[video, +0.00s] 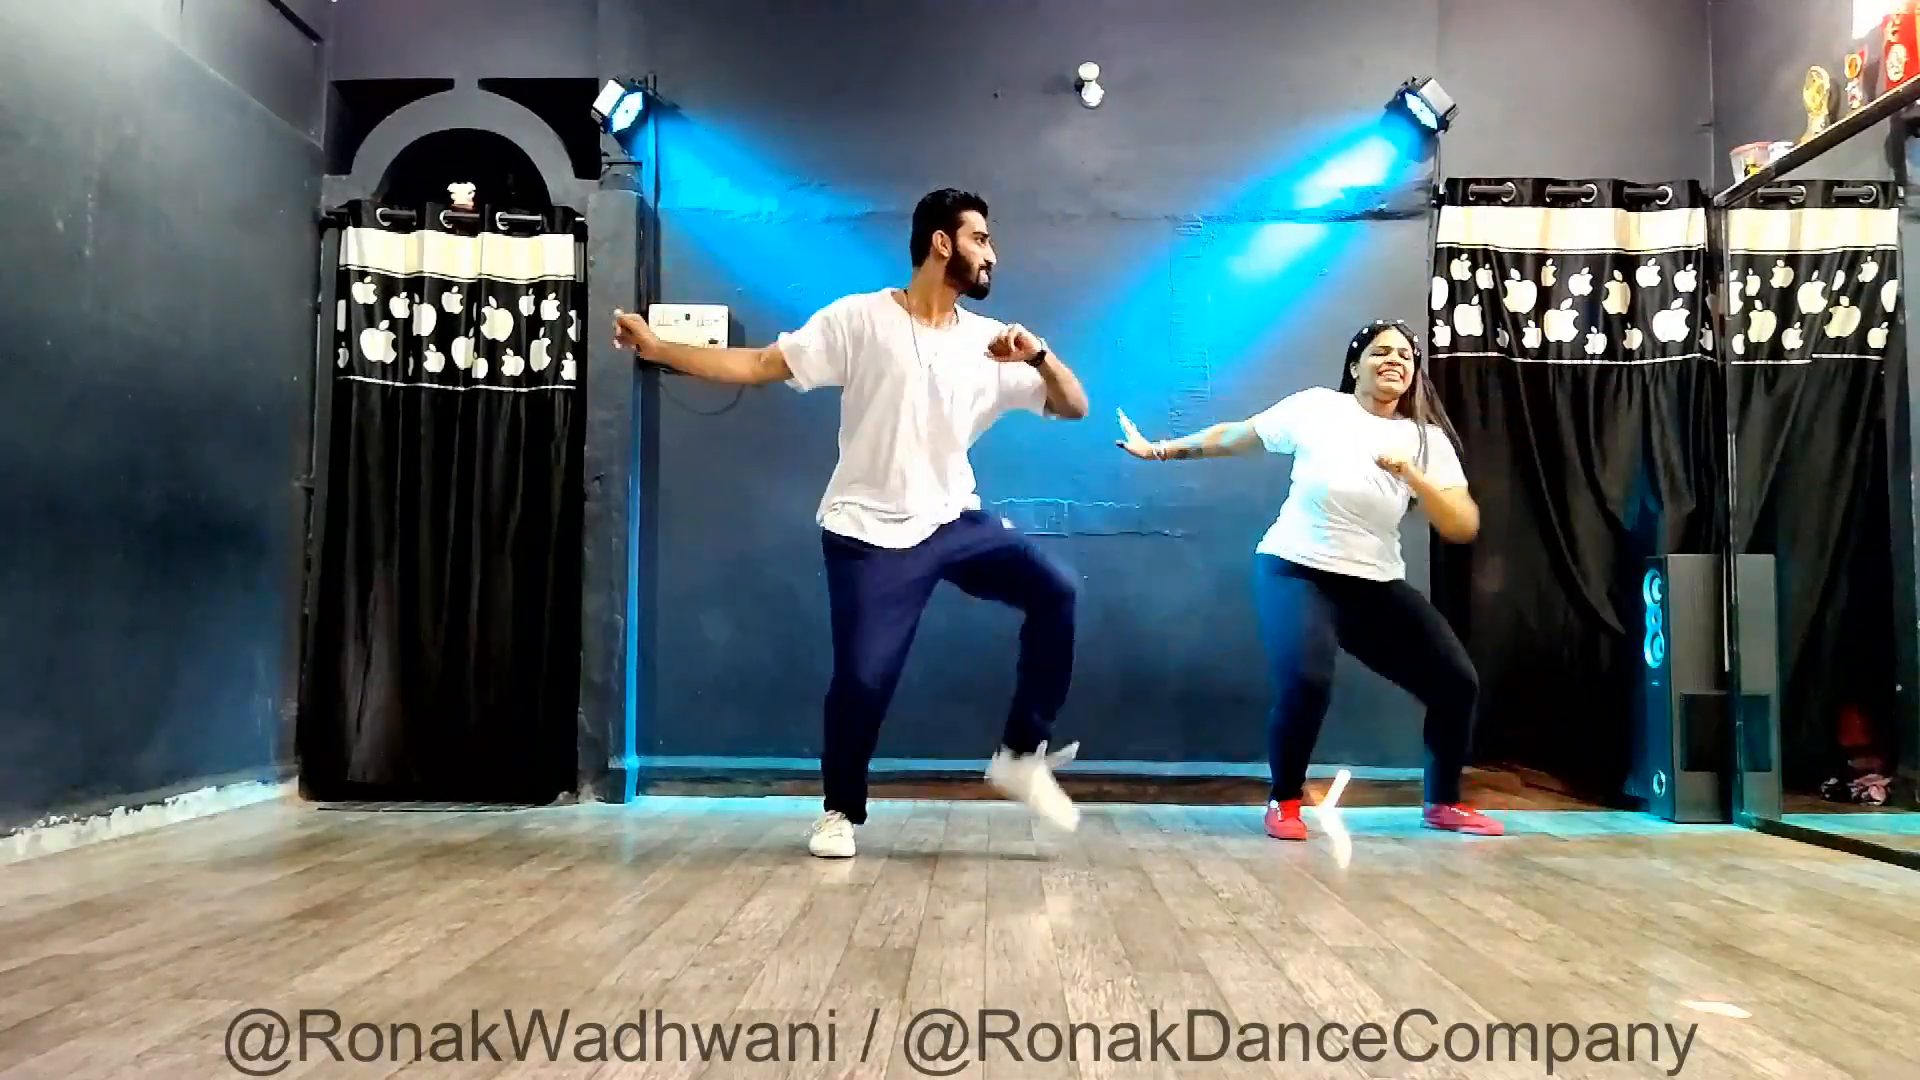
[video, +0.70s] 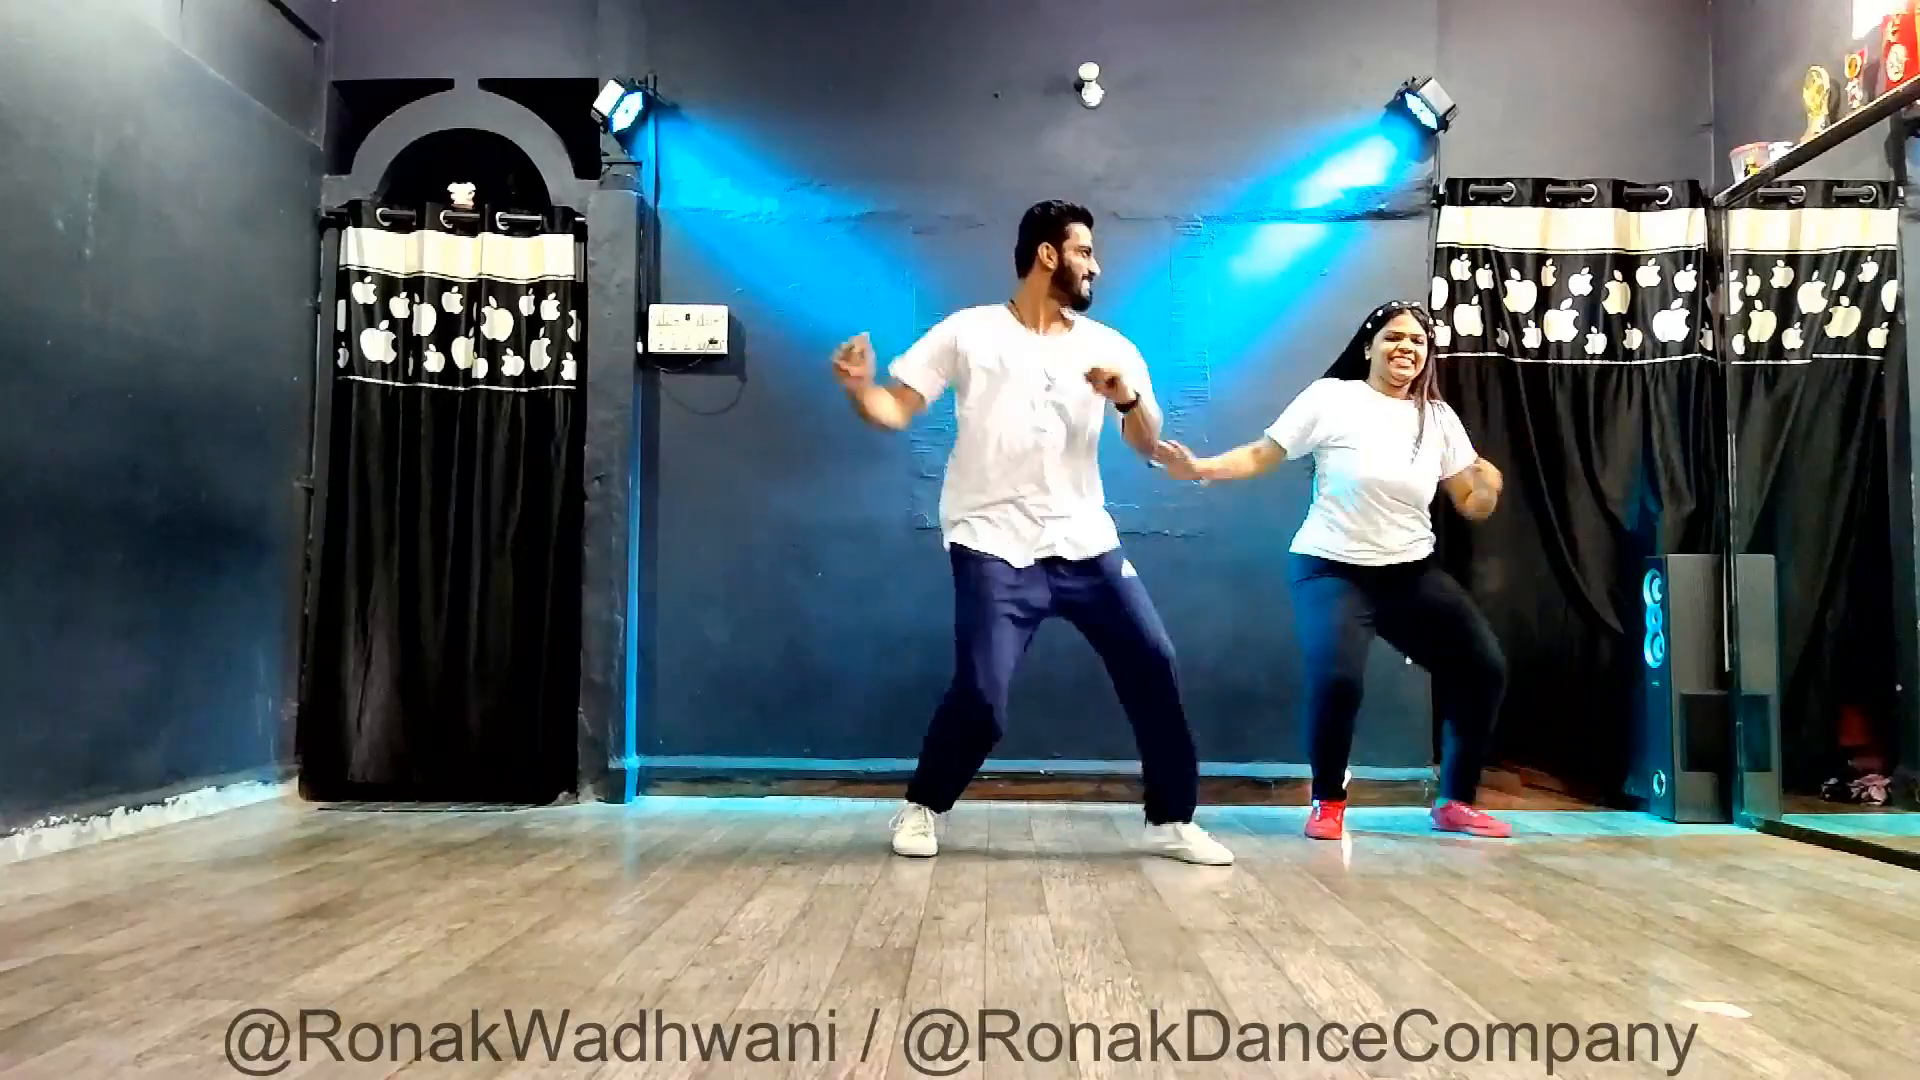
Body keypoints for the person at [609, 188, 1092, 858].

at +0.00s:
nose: (991, 251)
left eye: (990, 240)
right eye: (979, 237)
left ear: (955, 249)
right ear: (940, 244)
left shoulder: (989, 340)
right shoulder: (861, 317)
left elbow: (1072, 405)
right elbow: (758, 365)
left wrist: (1042, 357)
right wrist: (659, 350)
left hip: (955, 519)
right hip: (869, 524)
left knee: (1054, 591)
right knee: (864, 679)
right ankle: (841, 813)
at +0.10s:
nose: (991, 234)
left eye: (990, 223)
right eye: (981, 221)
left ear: (956, 230)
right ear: (939, 226)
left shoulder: (994, 323)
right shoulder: (864, 301)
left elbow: (1091, 351)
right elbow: (757, 333)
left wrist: (1039, 304)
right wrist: (661, 308)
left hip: (971, 519)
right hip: (885, 516)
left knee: (1014, 655)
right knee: (875, 671)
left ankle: (988, 809)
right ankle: (841, 813)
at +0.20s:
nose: (1005, 184)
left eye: (1004, 172)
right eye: (994, 170)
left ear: (979, 182)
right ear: (953, 176)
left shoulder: (1018, 237)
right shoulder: (878, 226)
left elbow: (1107, 224)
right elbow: (778, 235)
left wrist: (1063, 253)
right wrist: (677, 250)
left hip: (996, 465)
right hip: (902, 473)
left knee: (1072, 567)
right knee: (875, 633)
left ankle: (1042, 732)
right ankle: (848, 791)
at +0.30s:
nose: (1020, 165)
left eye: (1018, 153)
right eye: (1009, 151)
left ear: (989, 163)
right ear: (970, 159)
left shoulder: (1032, 229)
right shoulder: (892, 219)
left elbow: (1124, 268)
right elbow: (789, 253)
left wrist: (1073, 252)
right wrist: (691, 260)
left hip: (1006, 438)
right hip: (914, 450)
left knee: (1100, 511)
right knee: (899, 612)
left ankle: (1040, 655)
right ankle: (872, 769)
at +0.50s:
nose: (1048, 224)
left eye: (1048, 213)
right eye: (1037, 210)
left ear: (1025, 223)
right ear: (997, 217)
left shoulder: (1055, 291)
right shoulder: (925, 270)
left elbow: (1154, 313)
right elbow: (824, 267)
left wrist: (1092, 321)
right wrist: (733, 281)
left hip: (1025, 480)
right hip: (947, 503)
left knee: (1137, 504)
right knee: (947, 666)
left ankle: (1097, 656)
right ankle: (920, 809)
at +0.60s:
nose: (1074, 246)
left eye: (1073, 235)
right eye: (1063, 234)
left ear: (1039, 245)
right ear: (1026, 242)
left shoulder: (1081, 313)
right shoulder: (950, 296)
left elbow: (1170, 351)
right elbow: (858, 315)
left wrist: (1116, 365)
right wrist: (787, 324)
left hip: (1052, 509)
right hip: (969, 522)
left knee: (1158, 576)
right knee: (971, 686)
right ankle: (922, 810)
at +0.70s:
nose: (1094, 262)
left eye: (1095, 252)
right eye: (1083, 249)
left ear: (1071, 261)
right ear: (1042, 256)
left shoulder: (1107, 345)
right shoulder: (968, 332)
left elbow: (1148, 444)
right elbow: (895, 408)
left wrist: (1131, 399)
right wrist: (861, 385)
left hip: (1084, 536)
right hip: (992, 534)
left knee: (1153, 660)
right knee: (984, 697)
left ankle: (1173, 819)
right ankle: (923, 807)